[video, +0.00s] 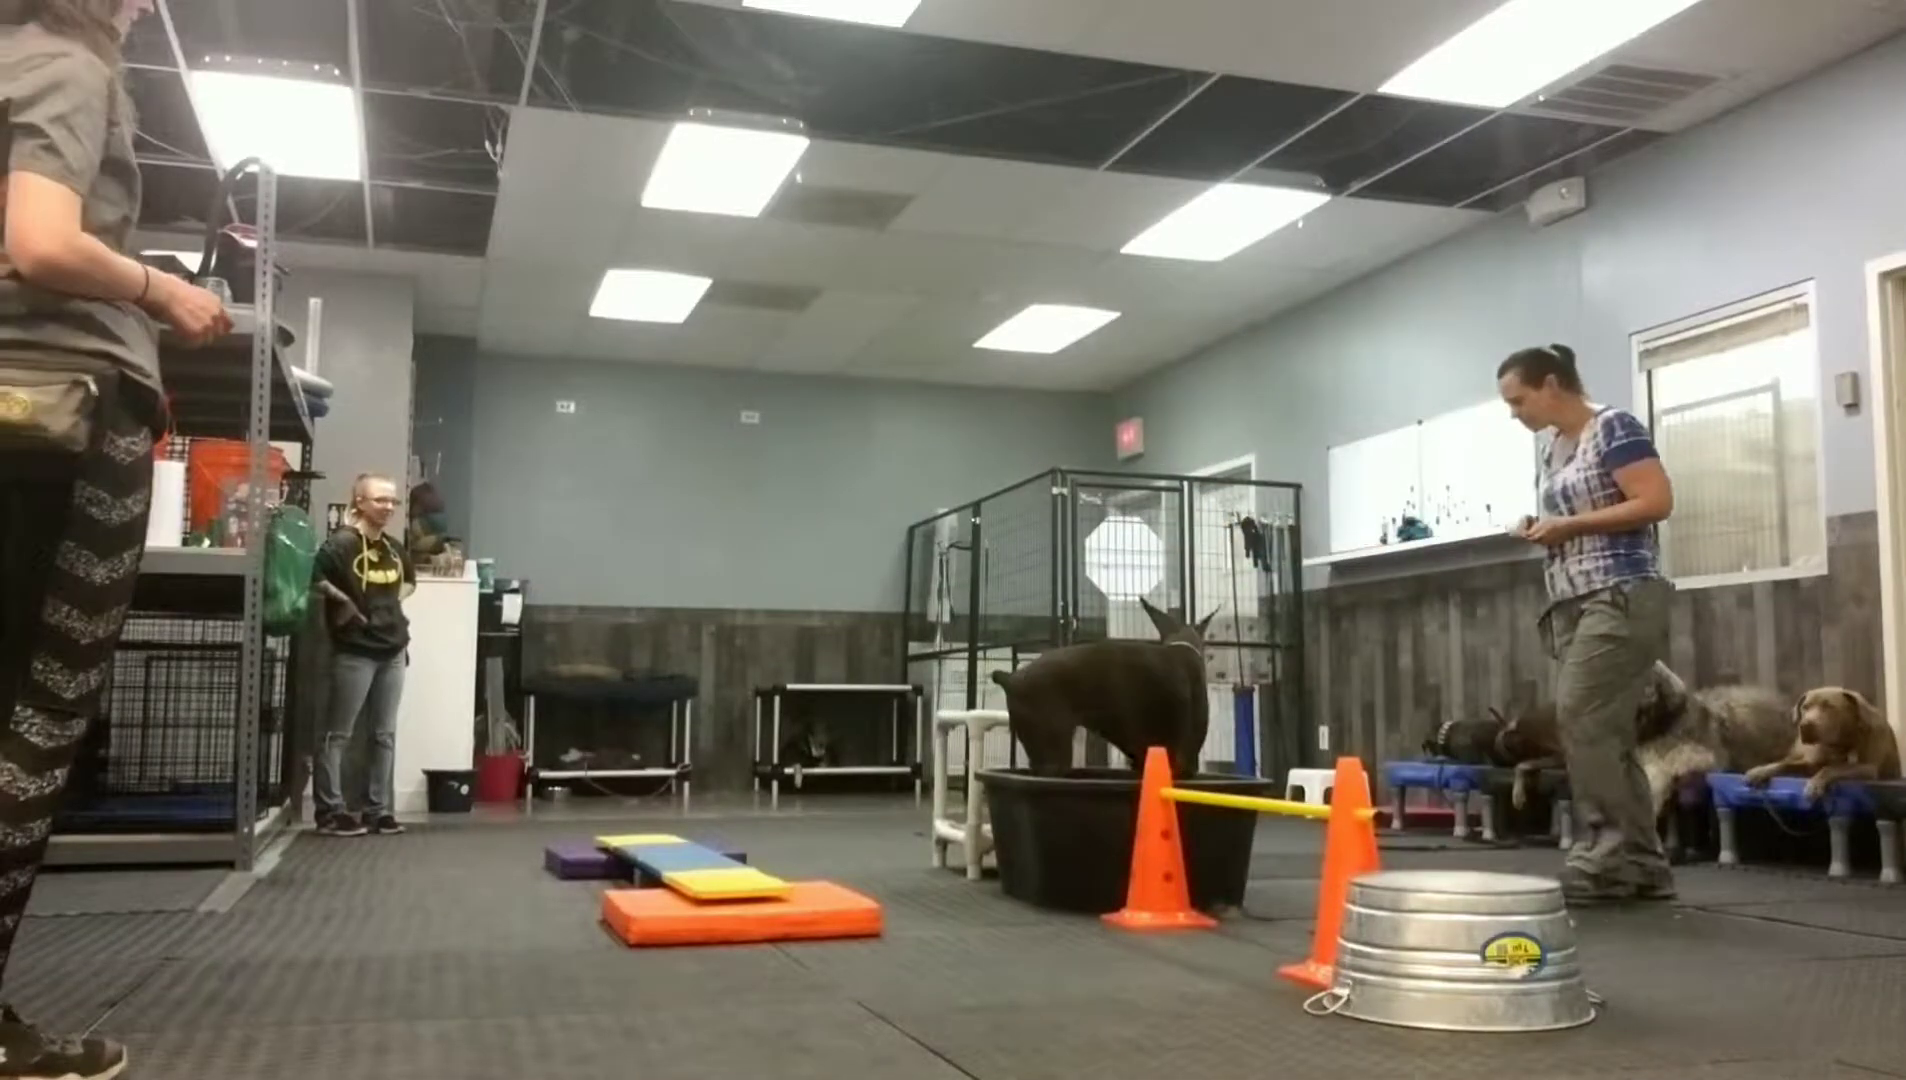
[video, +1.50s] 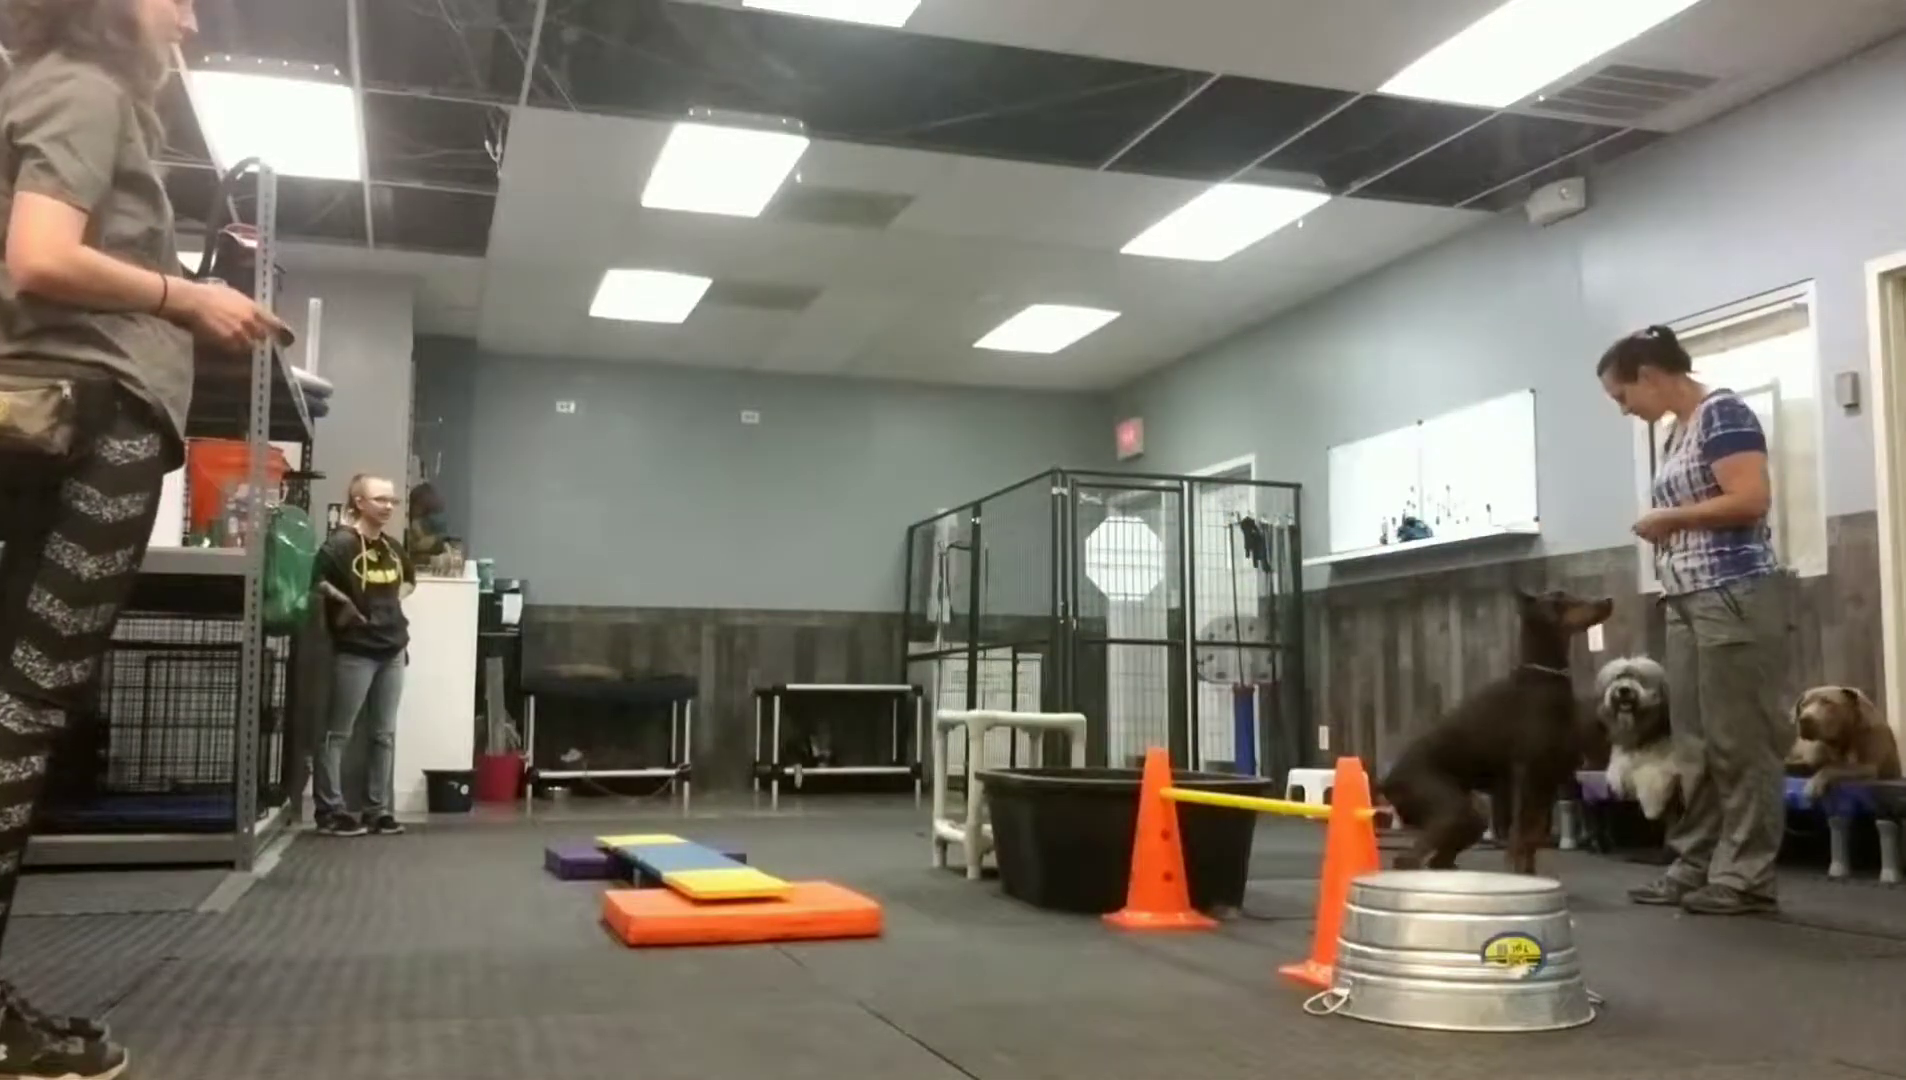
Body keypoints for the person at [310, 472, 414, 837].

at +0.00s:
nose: (389, 507)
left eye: (392, 502)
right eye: (381, 500)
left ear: (394, 506)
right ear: (360, 502)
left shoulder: (391, 546)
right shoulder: (339, 545)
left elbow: (408, 582)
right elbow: (315, 583)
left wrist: (393, 618)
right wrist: (345, 607)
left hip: (392, 649)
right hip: (355, 649)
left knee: (384, 735)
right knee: (339, 735)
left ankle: (377, 811)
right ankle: (330, 811)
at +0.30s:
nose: (389, 508)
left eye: (392, 502)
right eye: (381, 501)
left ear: (394, 506)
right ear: (360, 502)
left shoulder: (391, 546)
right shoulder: (339, 546)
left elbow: (406, 582)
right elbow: (316, 586)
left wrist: (394, 623)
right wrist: (347, 610)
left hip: (392, 649)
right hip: (355, 649)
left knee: (384, 735)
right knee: (338, 735)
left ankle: (377, 811)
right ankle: (329, 810)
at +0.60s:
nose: (389, 508)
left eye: (392, 502)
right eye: (381, 501)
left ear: (395, 506)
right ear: (359, 503)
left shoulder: (391, 546)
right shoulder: (339, 546)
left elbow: (405, 584)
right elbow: (316, 585)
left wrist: (394, 622)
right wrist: (346, 608)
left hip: (392, 650)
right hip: (355, 649)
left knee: (383, 734)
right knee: (339, 734)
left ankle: (378, 811)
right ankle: (330, 811)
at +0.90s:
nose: (390, 504)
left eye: (392, 498)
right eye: (382, 498)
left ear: (394, 504)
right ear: (360, 504)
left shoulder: (392, 546)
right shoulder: (341, 545)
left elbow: (407, 582)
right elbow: (314, 581)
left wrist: (393, 620)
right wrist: (345, 605)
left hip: (392, 649)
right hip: (355, 649)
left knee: (384, 734)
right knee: (339, 734)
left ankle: (378, 811)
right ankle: (330, 811)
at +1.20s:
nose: (390, 504)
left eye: (392, 498)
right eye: (381, 498)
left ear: (393, 504)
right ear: (359, 504)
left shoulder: (392, 545)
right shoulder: (340, 545)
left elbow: (408, 581)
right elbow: (316, 583)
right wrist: (346, 606)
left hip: (392, 649)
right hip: (355, 650)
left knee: (384, 734)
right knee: (339, 734)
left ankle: (378, 811)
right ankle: (329, 811)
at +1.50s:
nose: (388, 507)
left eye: (392, 500)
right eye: (380, 500)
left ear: (393, 505)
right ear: (358, 502)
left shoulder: (391, 546)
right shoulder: (339, 546)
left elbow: (407, 582)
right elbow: (316, 588)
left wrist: (391, 619)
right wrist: (347, 611)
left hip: (392, 649)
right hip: (355, 650)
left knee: (384, 735)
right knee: (339, 734)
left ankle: (378, 811)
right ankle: (330, 811)